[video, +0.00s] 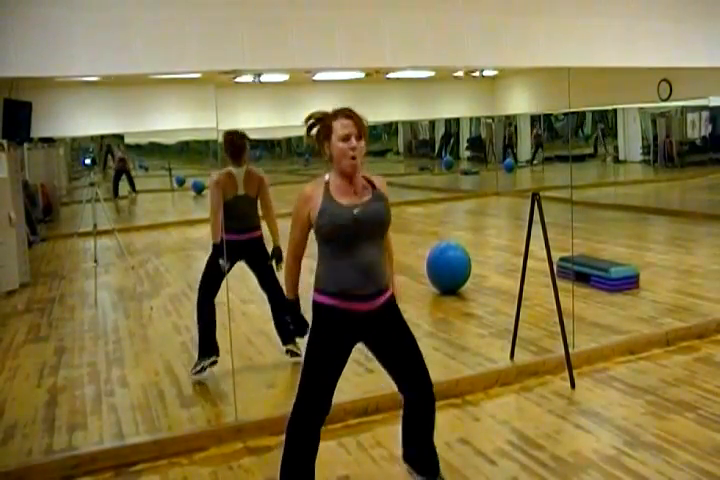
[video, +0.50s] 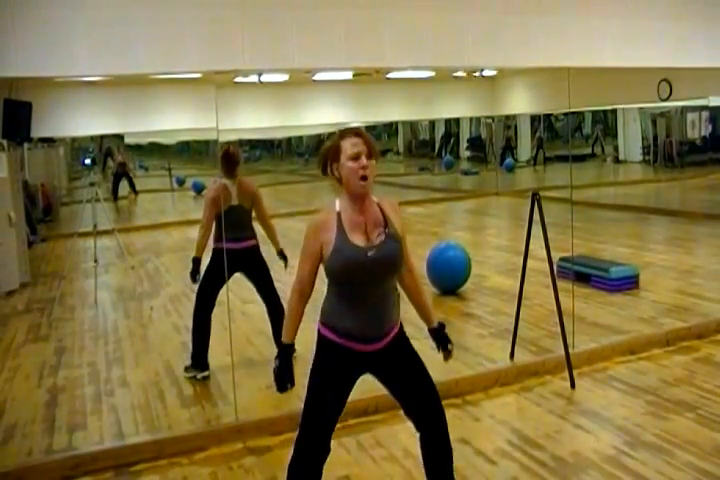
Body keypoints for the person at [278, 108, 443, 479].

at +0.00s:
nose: (354, 145)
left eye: (359, 138)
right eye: (345, 139)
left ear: (365, 143)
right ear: (328, 146)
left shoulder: (377, 187)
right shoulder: (313, 195)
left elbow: (384, 242)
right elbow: (294, 257)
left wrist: (391, 285)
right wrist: (292, 305)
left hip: (381, 310)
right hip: (334, 314)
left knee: (421, 390)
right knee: (311, 409)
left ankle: (421, 463)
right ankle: (295, 479)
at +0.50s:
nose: (364, 164)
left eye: (368, 157)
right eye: (354, 158)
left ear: (374, 164)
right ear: (335, 171)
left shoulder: (390, 212)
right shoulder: (322, 226)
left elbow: (407, 272)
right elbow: (301, 291)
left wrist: (434, 326)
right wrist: (285, 349)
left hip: (391, 343)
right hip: (339, 349)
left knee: (433, 421)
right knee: (312, 445)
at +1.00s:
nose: (377, 144)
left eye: (381, 136)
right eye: (366, 137)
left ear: (389, 142)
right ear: (347, 146)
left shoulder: (405, 191)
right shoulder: (334, 200)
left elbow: (426, 256)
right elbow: (314, 271)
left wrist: (458, 309)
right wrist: (299, 333)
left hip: (411, 326)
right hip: (358, 331)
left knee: (452, 416)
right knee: (335, 435)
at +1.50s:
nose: (392, 164)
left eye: (398, 156)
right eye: (382, 158)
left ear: (405, 162)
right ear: (363, 168)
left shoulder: (419, 215)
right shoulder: (348, 226)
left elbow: (433, 288)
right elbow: (329, 304)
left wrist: (453, 351)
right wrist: (315, 372)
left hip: (418, 359)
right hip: (363, 364)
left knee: (462, 446)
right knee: (339, 465)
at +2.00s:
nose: (406, 150)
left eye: (410, 140)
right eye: (394, 141)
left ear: (418, 145)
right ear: (372, 151)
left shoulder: (432, 192)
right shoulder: (357, 208)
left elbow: (464, 260)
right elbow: (328, 284)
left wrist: (511, 309)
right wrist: (302, 349)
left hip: (440, 341)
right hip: (384, 346)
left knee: (481, 435)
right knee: (359, 457)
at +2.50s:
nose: (424, 166)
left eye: (428, 157)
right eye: (411, 159)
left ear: (436, 163)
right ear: (388, 169)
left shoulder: (452, 223)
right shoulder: (374, 237)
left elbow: (467, 302)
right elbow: (354, 322)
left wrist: (492, 371)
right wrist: (339, 396)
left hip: (458, 377)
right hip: (397, 383)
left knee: (503, 472)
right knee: (375, 479)